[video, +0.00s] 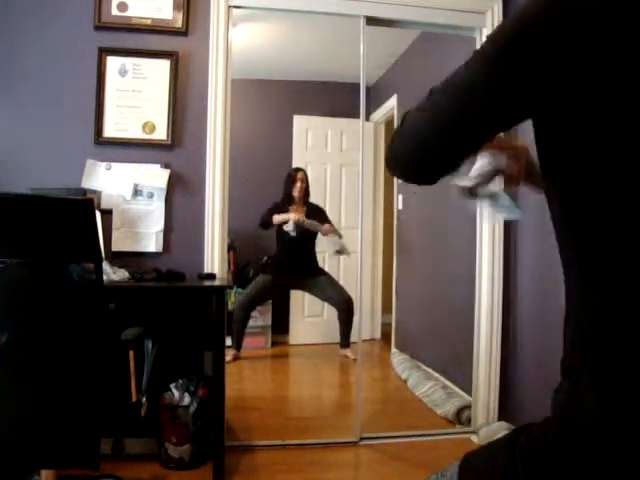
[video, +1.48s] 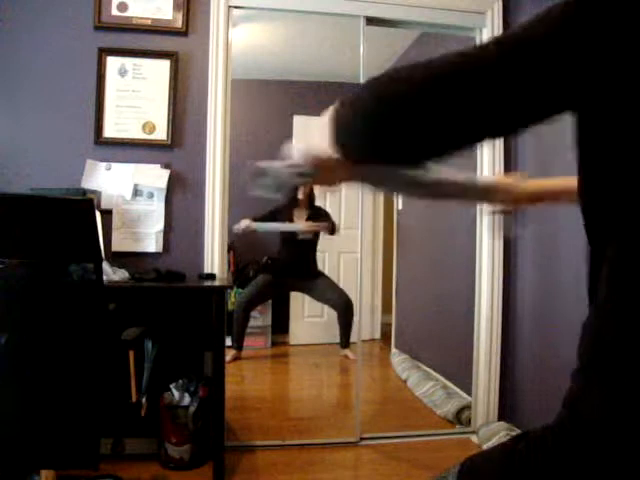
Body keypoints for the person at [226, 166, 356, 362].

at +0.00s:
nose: (300, 185)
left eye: (303, 181)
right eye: (296, 181)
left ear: (307, 185)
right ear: (289, 184)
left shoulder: (315, 211)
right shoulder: (279, 208)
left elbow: (332, 231)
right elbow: (263, 223)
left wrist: (306, 222)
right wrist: (287, 217)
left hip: (309, 272)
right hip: (279, 272)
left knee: (345, 302)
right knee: (243, 303)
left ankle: (345, 347)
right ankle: (235, 350)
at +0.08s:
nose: (299, 185)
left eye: (303, 181)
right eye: (296, 181)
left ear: (307, 185)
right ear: (288, 184)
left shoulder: (315, 212)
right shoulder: (279, 210)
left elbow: (336, 237)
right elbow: (264, 225)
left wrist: (330, 230)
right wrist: (290, 222)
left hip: (309, 272)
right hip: (279, 272)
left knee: (345, 303)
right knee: (243, 303)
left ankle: (344, 347)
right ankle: (235, 350)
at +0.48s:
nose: (302, 184)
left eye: (305, 180)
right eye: (298, 180)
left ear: (309, 184)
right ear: (290, 184)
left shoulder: (313, 211)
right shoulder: (280, 206)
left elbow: (335, 232)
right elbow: (289, 219)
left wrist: (354, 225)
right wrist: (318, 216)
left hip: (307, 271)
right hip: (279, 271)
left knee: (342, 303)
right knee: (242, 302)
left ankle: (344, 347)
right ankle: (235, 350)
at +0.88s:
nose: (297, 189)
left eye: (301, 185)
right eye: (294, 185)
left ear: (305, 189)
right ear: (287, 188)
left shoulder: (311, 213)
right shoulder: (277, 210)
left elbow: (336, 232)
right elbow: (280, 224)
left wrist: (351, 230)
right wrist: (305, 224)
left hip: (307, 274)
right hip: (277, 274)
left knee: (343, 305)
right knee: (241, 303)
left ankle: (344, 347)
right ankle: (236, 350)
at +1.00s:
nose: (298, 189)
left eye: (302, 185)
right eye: (295, 184)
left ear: (307, 189)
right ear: (288, 188)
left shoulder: (314, 211)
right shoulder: (278, 211)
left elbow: (332, 229)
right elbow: (256, 229)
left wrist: (326, 222)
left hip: (308, 273)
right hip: (278, 273)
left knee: (344, 304)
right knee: (241, 303)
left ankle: (345, 348)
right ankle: (236, 350)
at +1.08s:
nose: (297, 190)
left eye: (301, 186)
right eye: (294, 187)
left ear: (307, 192)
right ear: (289, 191)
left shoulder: (316, 209)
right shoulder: (284, 208)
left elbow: (314, 224)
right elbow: (264, 216)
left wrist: (298, 222)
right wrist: (242, 223)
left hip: (310, 273)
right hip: (280, 272)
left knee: (345, 302)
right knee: (245, 302)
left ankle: (345, 347)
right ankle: (236, 349)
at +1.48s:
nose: (303, 190)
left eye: (307, 186)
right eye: (300, 186)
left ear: (311, 190)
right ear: (294, 190)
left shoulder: (318, 213)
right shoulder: (284, 210)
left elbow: (332, 229)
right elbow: (263, 219)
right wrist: (248, 223)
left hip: (308, 274)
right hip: (279, 273)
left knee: (344, 303)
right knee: (243, 303)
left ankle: (344, 348)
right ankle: (236, 349)